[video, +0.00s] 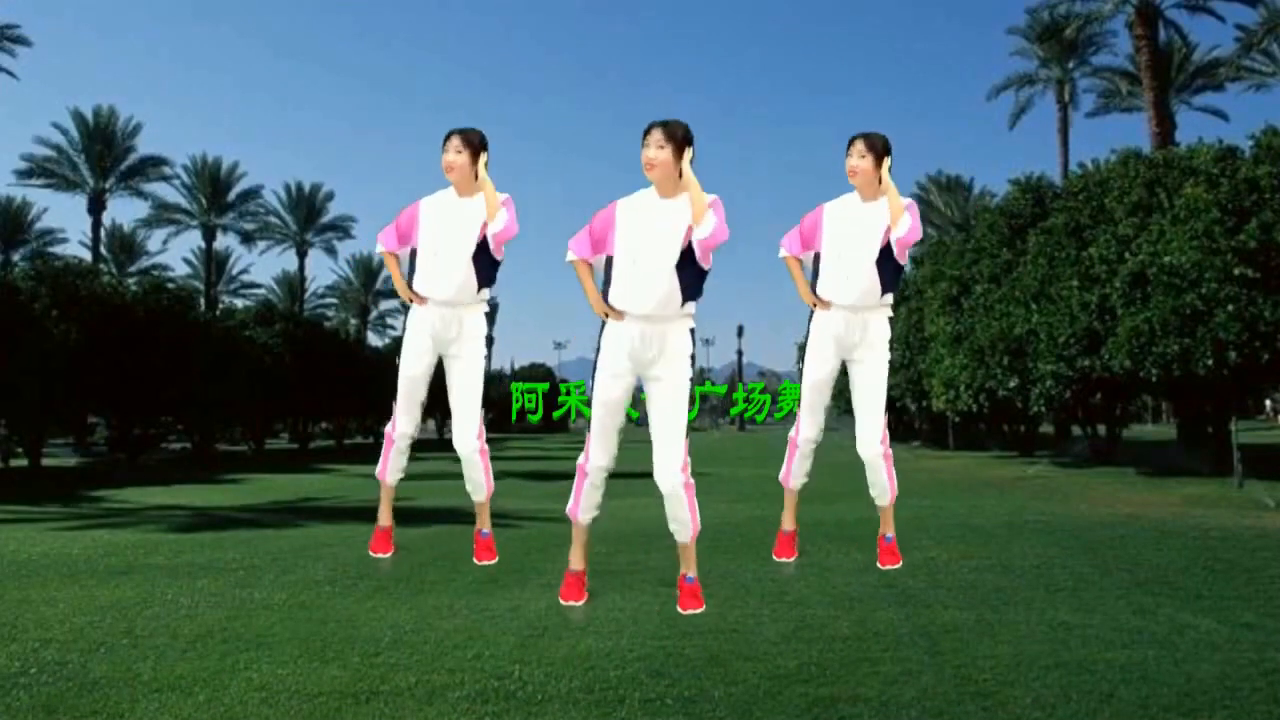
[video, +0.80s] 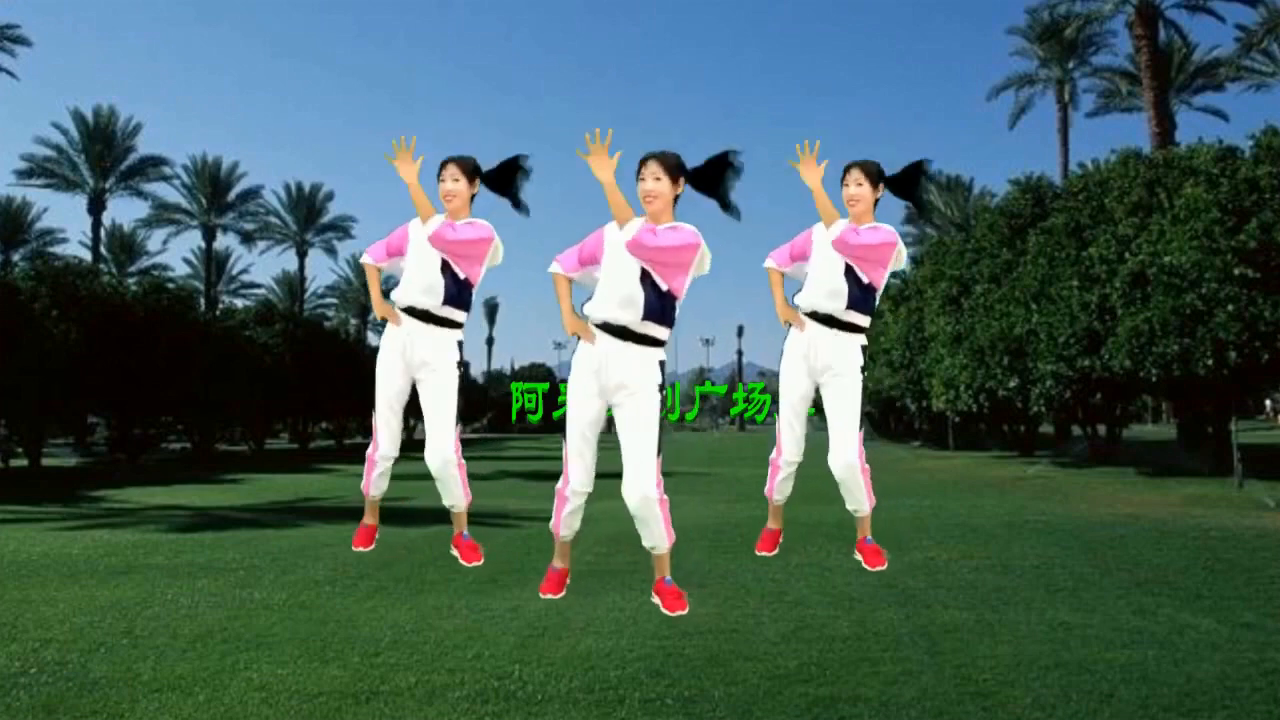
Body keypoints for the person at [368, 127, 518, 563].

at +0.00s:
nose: (448, 159)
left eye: (457, 152)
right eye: (445, 152)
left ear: (477, 160)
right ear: (443, 160)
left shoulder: (498, 204)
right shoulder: (427, 206)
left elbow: (500, 239)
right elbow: (388, 241)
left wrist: (485, 183)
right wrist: (402, 287)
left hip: (469, 320)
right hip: (424, 316)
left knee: (468, 432)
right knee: (404, 422)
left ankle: (484, 527)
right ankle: (384, 519)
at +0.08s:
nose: (449, 140)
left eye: (458, 134)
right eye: (447, 133)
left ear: (479, 142)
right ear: (446, 142)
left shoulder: (496, 187)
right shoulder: (426, 187)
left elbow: (512, 217)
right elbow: (386, 223)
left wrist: (494, 162)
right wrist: (402, 267)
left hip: (471, 300)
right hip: (426, 296)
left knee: (476, 415)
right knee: (409, 408)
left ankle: (486, 522)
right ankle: (391, 497)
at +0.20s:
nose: (455, 138)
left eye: (465, 133)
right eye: (453, 132)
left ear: (486, 143)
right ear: (449, 140)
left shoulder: (497, 186)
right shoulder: (427, 183)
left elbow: (508, 224)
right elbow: (386, 223)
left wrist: (498, 166)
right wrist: (403, 272)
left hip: (476, 293)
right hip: (432, 292)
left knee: (477, 411)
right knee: (428, 410)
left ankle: (479, 521)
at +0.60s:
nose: (462, 149)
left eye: (470, 142)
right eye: (458, 142)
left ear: (485, 155)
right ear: (451, 150)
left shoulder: (492, 202)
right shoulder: (426, 190)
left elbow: (455, 195)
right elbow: (380, 230)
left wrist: (477, 151)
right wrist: (390, 278)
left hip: (460, 302)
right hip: (417, 298)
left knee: (467, 421)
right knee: (409, 419)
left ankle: (475, 523)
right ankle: (401, 496)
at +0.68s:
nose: (457, 155)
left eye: (468, 147)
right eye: (453, 147)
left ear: (484, 156)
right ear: (446, 153)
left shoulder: (489, 201)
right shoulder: (423, 193)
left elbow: (444, 196)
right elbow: (377, 230)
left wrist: (449, 146)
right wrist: (387, 276)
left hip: (452, 307)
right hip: (409, 302)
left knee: (459, 423)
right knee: (398, 419)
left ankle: (470, 525)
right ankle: (382, 506)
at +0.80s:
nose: (447, 188)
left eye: (456, 180)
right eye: (442, 181)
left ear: (474, 187)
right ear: (438, 187)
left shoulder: (482, 234)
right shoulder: (419, 227)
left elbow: (440, 233)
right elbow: (372, 257)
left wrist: (411, 183)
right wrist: (378, 301)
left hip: (442, 343)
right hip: (400, 333)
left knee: (442, 451)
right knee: (385, 439)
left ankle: (461, 534)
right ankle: (369, 519)